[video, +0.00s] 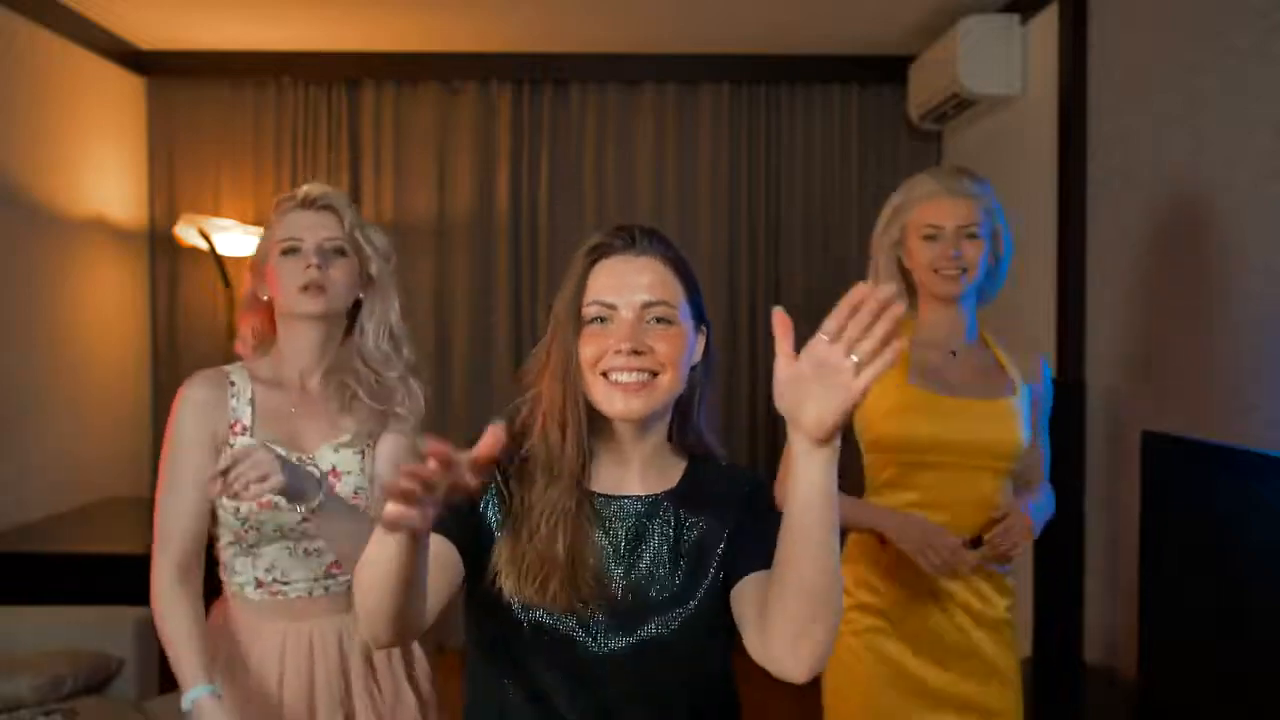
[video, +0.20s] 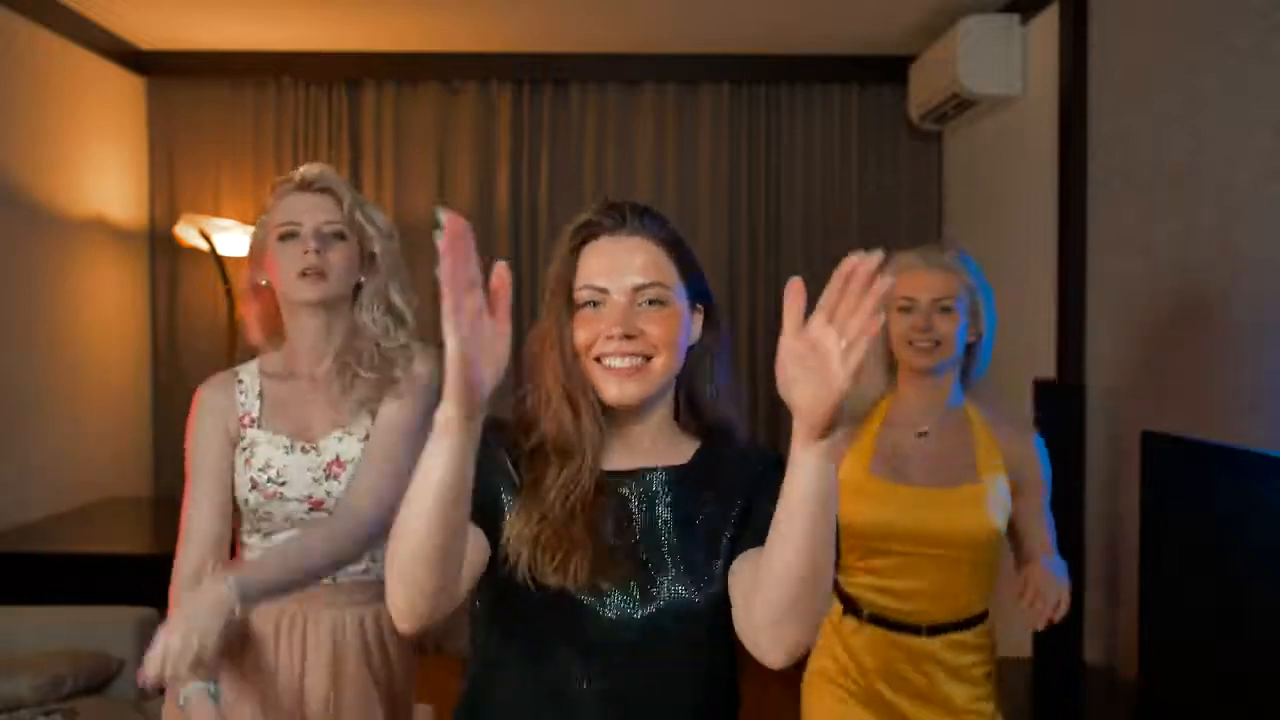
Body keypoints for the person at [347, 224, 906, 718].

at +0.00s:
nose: (628, 339)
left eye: (658, 317)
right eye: (600, 317)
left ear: (698, 347)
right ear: (566, 343)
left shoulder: (729, 503)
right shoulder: (500, 489)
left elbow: (794, 655)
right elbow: (383, 628)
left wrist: (812, 445)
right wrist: (400, 525)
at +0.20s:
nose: (620, 327)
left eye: (651, 300)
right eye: (593, 302)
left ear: (695, 324)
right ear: (562, 328)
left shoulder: (740, 476)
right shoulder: (510, 461)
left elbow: (778, 641)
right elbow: (413, 609)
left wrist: (814, 443)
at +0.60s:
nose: (603, 330)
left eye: (636, 304)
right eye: (574, 300)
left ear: (671, 331)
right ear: (534, 320)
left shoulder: (712, 459)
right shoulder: (463, 461)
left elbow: (773, 687)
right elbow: (410, 667)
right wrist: (391, 609)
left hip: (675, 707)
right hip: (513, 708)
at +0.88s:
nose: (600, 411)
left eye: (633, 383)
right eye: (572, 388)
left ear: (691, 396)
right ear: (549, 411)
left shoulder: (760, 575)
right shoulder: (487, 580)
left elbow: (794, 710)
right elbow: (429, 711)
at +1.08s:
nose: (560, 363)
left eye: (598, 333)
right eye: (539, 344)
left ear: (673, 356)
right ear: (521, 373)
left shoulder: (763, 494)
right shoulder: (491, 505)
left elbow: (893, 595)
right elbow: (400, 615)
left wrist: (904, 716)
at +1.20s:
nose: (547, 373)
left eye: (588, 345)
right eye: (531, 351)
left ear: (661, 370)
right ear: (513, 375)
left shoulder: (760, 535)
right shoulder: (475, 558)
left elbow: (857, 701)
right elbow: (396, 708)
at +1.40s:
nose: (576, 333)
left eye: (610, 307)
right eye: (553, 320)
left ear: (674, 344)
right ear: (533, 361)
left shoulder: (757, 516)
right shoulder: (485, 541)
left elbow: (778, 707)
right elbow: (467, 709)